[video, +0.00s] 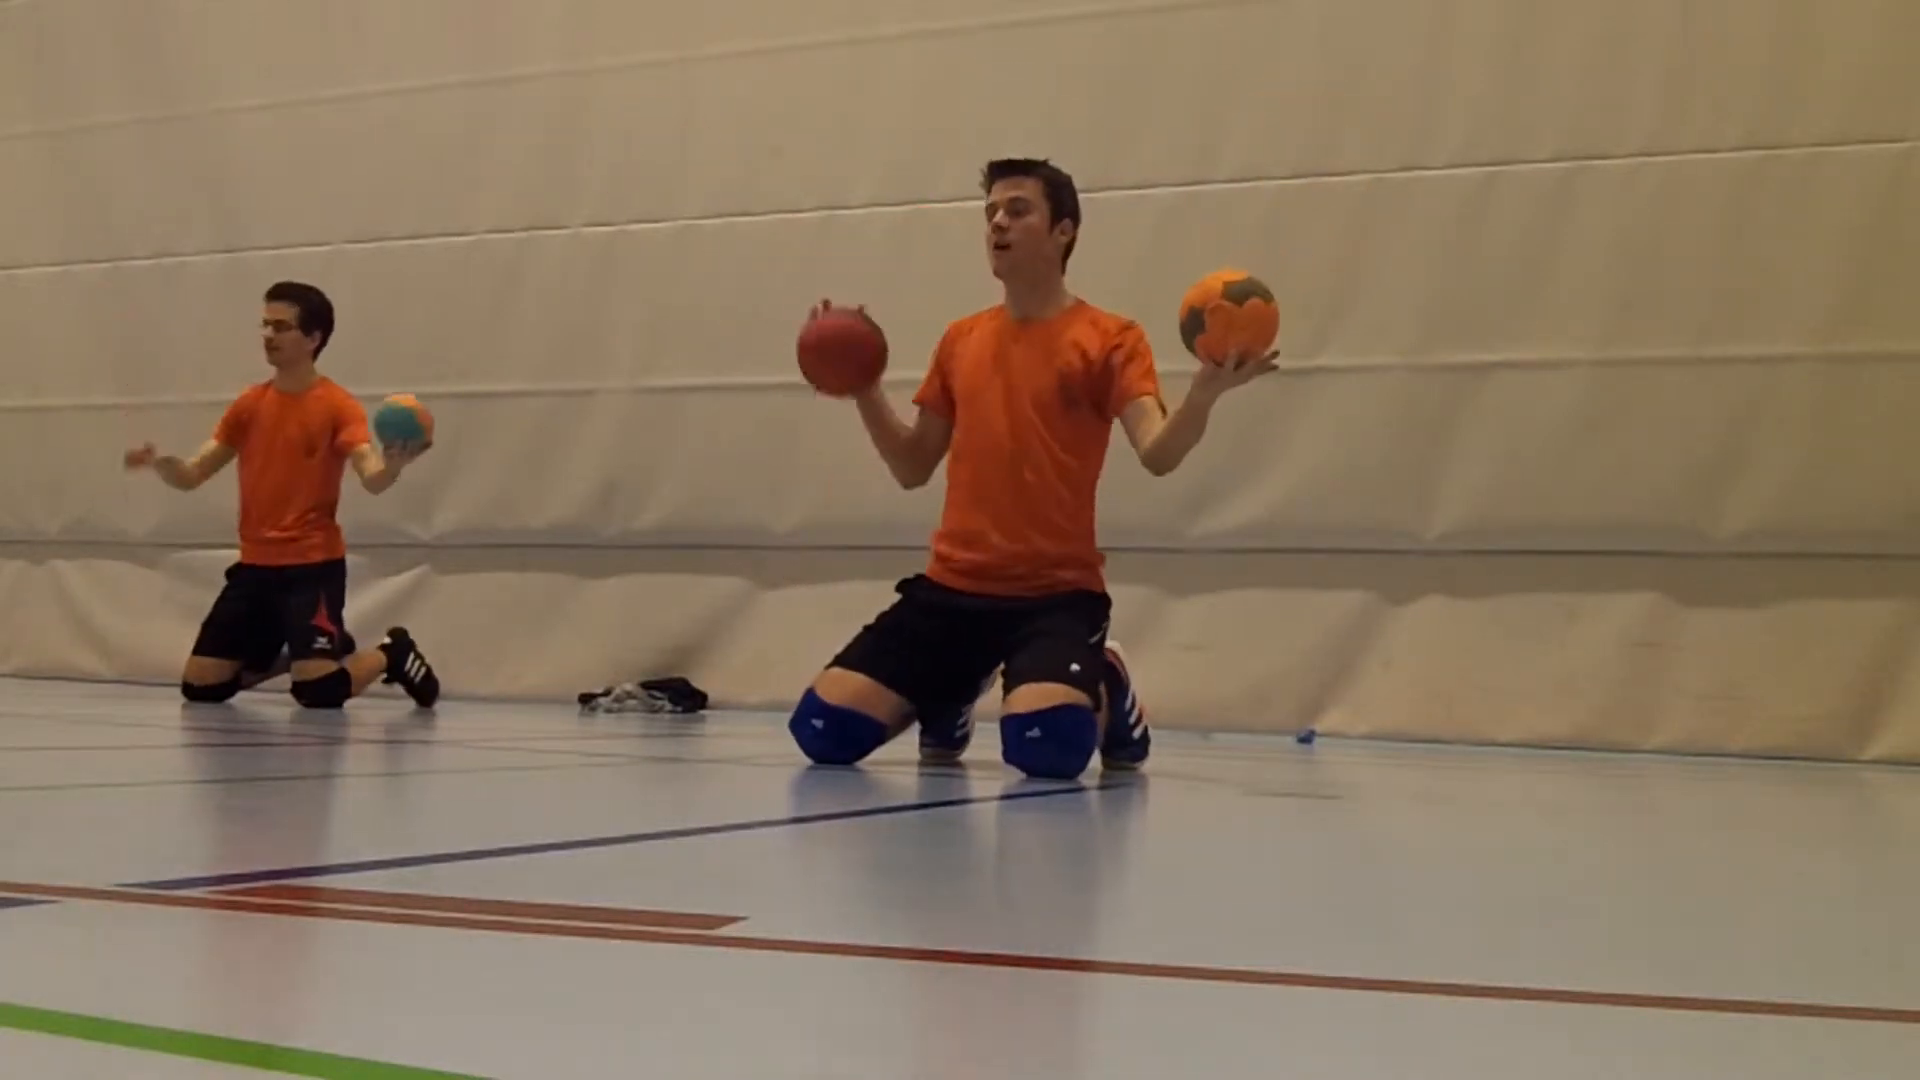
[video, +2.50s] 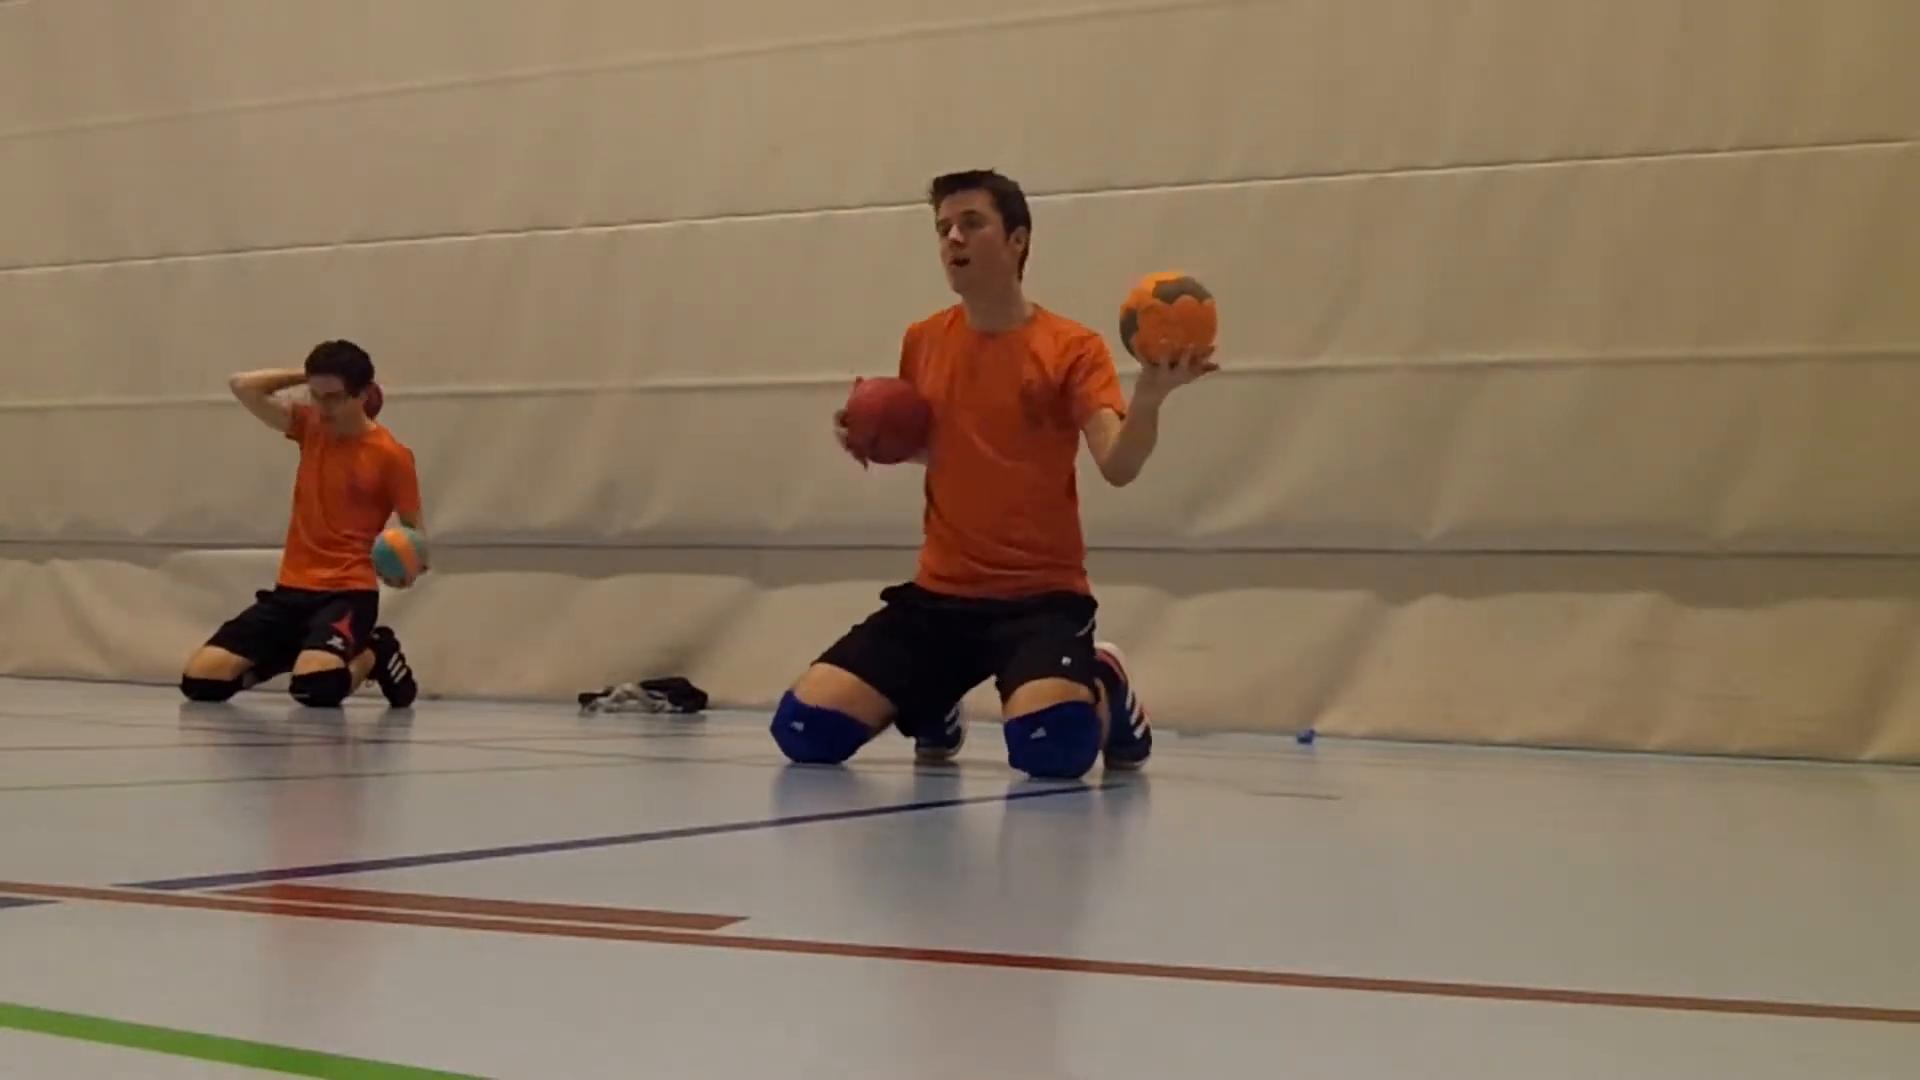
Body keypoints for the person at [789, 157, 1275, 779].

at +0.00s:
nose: (998, 223)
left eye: (1018, 209)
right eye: (992, 213)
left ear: (1063, 233)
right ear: (984, 232)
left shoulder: (1109, 339)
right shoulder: (962, 340)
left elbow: (1159, 453)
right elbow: (912, 464)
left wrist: (1204, 391)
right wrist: (860, 379)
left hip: (1058, 596)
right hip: (952, 590)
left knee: (1044, 751)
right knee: (821, 736)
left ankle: (1108, 683)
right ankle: (947, 683)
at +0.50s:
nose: (981, 246)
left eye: (1001, 231)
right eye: (973, 235)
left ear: (1046, 248)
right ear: (966, 253)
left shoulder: (1104, 342)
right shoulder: (981, 356)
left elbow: (1152, 465)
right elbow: (987, 492)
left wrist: (1174, 391)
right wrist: (902, 482)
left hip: (1056, 607)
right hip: (952, 601)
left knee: (1049, 751)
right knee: (819, 735)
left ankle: (1109, 686)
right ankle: (936, 686)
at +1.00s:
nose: (1004, 185)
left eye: (1024, 174)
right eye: (994, 173)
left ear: (1062, 202)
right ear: (979, 194)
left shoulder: (1093, 311)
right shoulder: (942, 287)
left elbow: (1160, 389)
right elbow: (824, 272)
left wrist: (1203, 287)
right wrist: (857, 171)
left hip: (1043, 575)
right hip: (932, 566)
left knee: (1046, 753)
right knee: (800, 737)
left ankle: (1096, 681)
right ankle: (935, 672)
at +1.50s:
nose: (988, 235)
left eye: (1009, 221)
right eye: (978, 224)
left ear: (1050, 247)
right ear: (966, 246)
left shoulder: (1094, 356)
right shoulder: (938, 347)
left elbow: (1177, 441)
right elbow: (836, 444)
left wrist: (1238, 368)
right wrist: (772, 423)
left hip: (1056, 603)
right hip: (949, 601)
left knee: (1029, 750)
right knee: (821, 736)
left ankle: (1118, 684)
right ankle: (936, 690)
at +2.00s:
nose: (999, 229)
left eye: (1019, 217)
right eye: (988, 218)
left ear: (1056, 241)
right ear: (974, 239)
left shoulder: (1093, 355)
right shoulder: (936, 334)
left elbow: (1158, 449)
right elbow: (853, 440)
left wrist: (1216, 381)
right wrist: (793, 430)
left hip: (1037, 600)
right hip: (930, 594)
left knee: (1029, 751)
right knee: (785, 735)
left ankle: (1105, 687)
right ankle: (924, 682)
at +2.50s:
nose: (953, 239)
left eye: (971, 223)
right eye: (944, 229)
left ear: (1017, 243)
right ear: (938, 248)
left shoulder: (1071, 348)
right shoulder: (924, 343)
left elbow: (1118, 465)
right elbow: (914, 439)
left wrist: (1149, 396)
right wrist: (868, 431)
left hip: (1044, 600)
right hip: (940, 596)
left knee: (1050, 752)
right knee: (803, 734)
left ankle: (1106, 684)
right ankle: (925, 692)